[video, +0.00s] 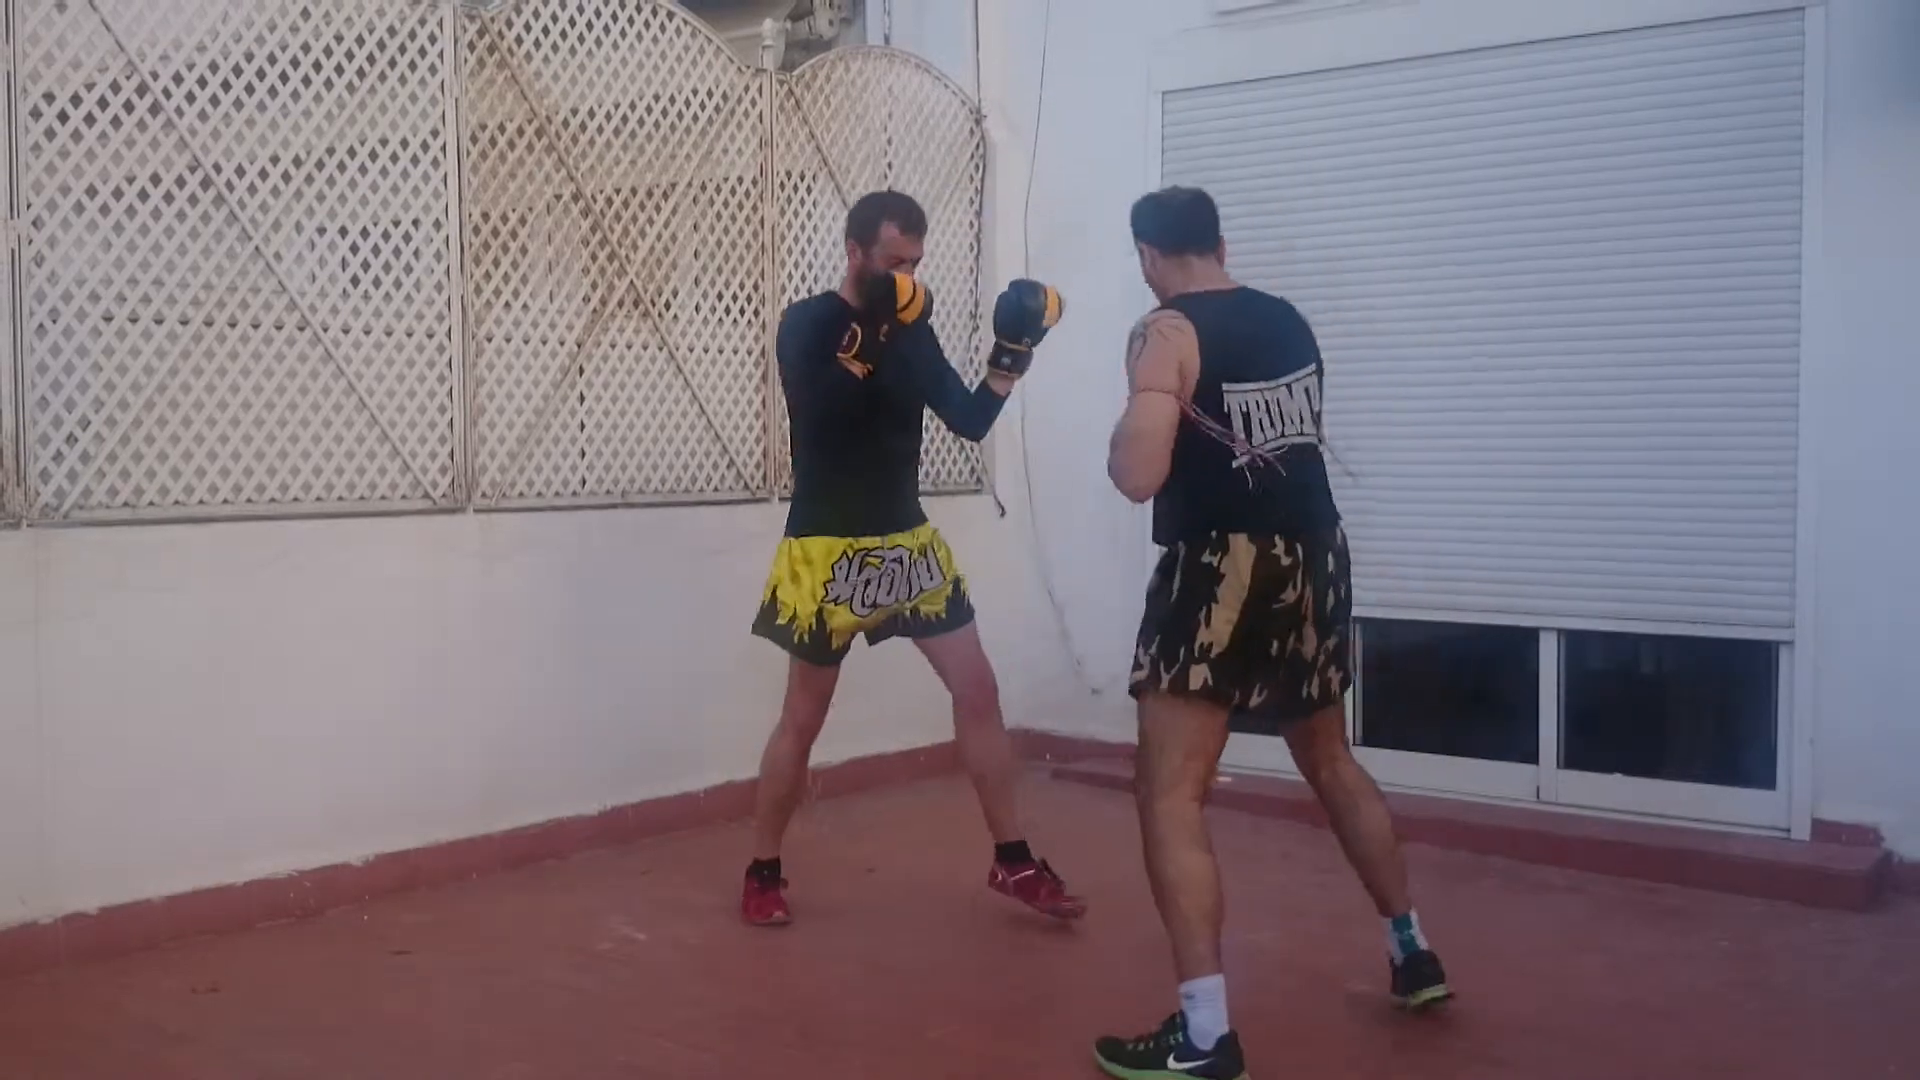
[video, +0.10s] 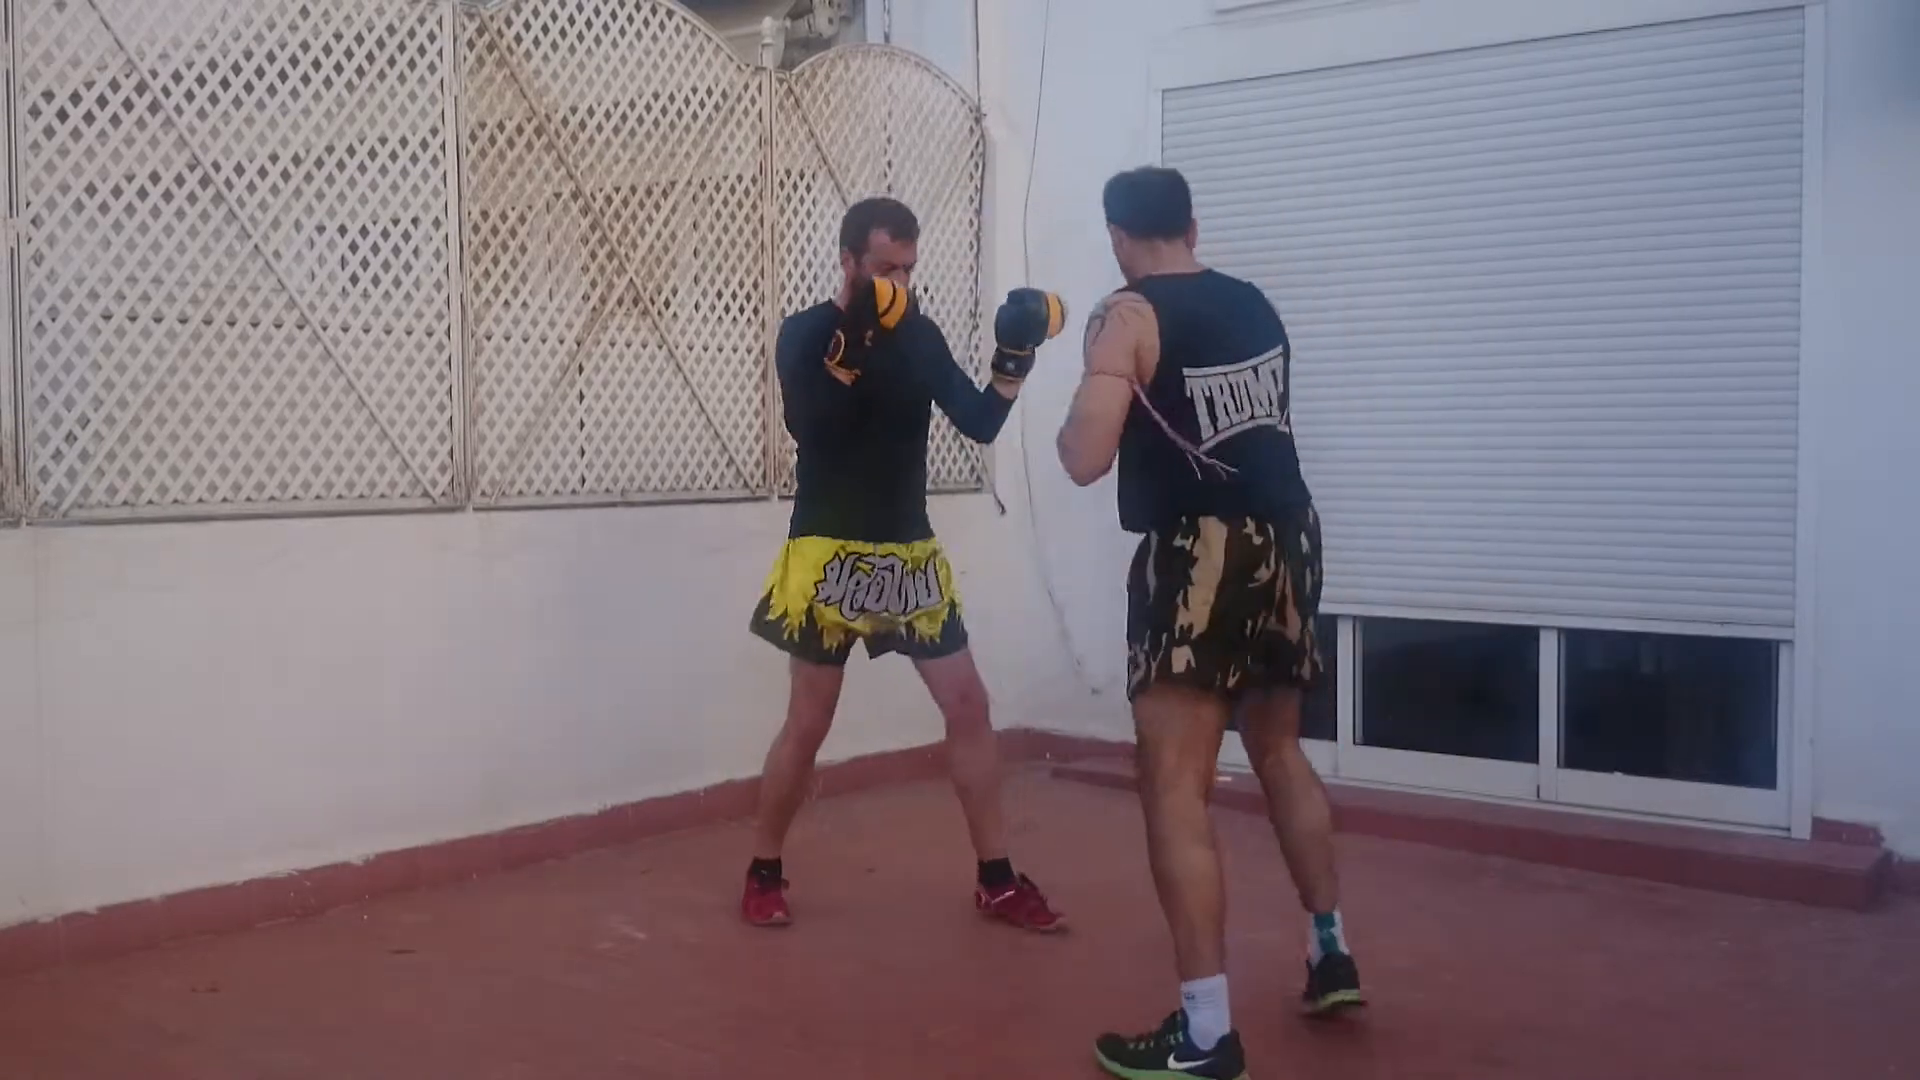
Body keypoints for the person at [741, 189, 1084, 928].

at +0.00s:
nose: (903, 274)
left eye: (913, 264)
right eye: (892, 261)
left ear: (920, 261)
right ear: (853, 252)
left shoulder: (911, 330)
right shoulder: (806, 322)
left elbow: (970, 418)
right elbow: (815, 408)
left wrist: (1011, 350)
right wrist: (877, 324)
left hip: (907, 537)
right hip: (825, 544)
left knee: (976, 686)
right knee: (802, 718)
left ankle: (1013, 857)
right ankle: (764, 869)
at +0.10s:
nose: (897, 281)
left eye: (907, 270)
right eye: (884, 268)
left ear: (916, 266)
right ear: (847, 261)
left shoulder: (918, 332)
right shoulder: (804, 333)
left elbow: (982, 421)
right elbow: (805, 420)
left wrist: (1013, 355)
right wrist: (851, 339)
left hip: (909, 544)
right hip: (827, 545)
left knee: (967, 702)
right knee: (808, 720)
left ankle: (996, 876)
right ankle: (765, 870)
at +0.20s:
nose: (900, 293)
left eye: (910, 281)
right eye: (887, 279)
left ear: (919, 275)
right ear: (851, 269)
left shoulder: (929, 340)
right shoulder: (809, 337)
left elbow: (1000, 422)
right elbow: (802, 426)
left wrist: (1019, 359)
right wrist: (844, 346)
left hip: (919, 549)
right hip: (833, 552)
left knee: (1000, 693)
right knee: (807, 725)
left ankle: (1012, 864)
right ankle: (764, 871)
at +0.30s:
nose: (928, 287)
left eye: (932, 276)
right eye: (920, 274)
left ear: (928, 272)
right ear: (881, 262)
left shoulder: (944, 339)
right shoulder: (824, 334)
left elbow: (1015, 412)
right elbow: (801, 417)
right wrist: (844, 346)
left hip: (943, 545)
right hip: (853, 549)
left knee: (1021, 696)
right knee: (810, 722)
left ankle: (1058, 862)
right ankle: (767, 868)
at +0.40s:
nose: (935, 309)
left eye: (947, 295)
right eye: (921, 295)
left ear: (960, 288)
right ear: (891, 285)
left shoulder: (976, 353)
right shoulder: (852, 347)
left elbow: (1006, 437)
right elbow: (823, 425)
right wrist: (862, 354)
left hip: (965, 553)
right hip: (874, 555)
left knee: (1042, 710)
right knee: (821, 722)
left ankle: (1124, 865)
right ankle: (786, 875)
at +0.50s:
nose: (987, 310)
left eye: (994, 298)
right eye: (974, 298)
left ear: (1003, 295)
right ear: (942, 294)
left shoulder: (1023, 353)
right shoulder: (912, 349)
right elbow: (860, 447)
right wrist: (895, 366)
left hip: (1012, 563)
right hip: (918, 561)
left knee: (1089, 723)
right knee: (850, 719)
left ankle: (1132, 876)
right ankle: (787, 869)